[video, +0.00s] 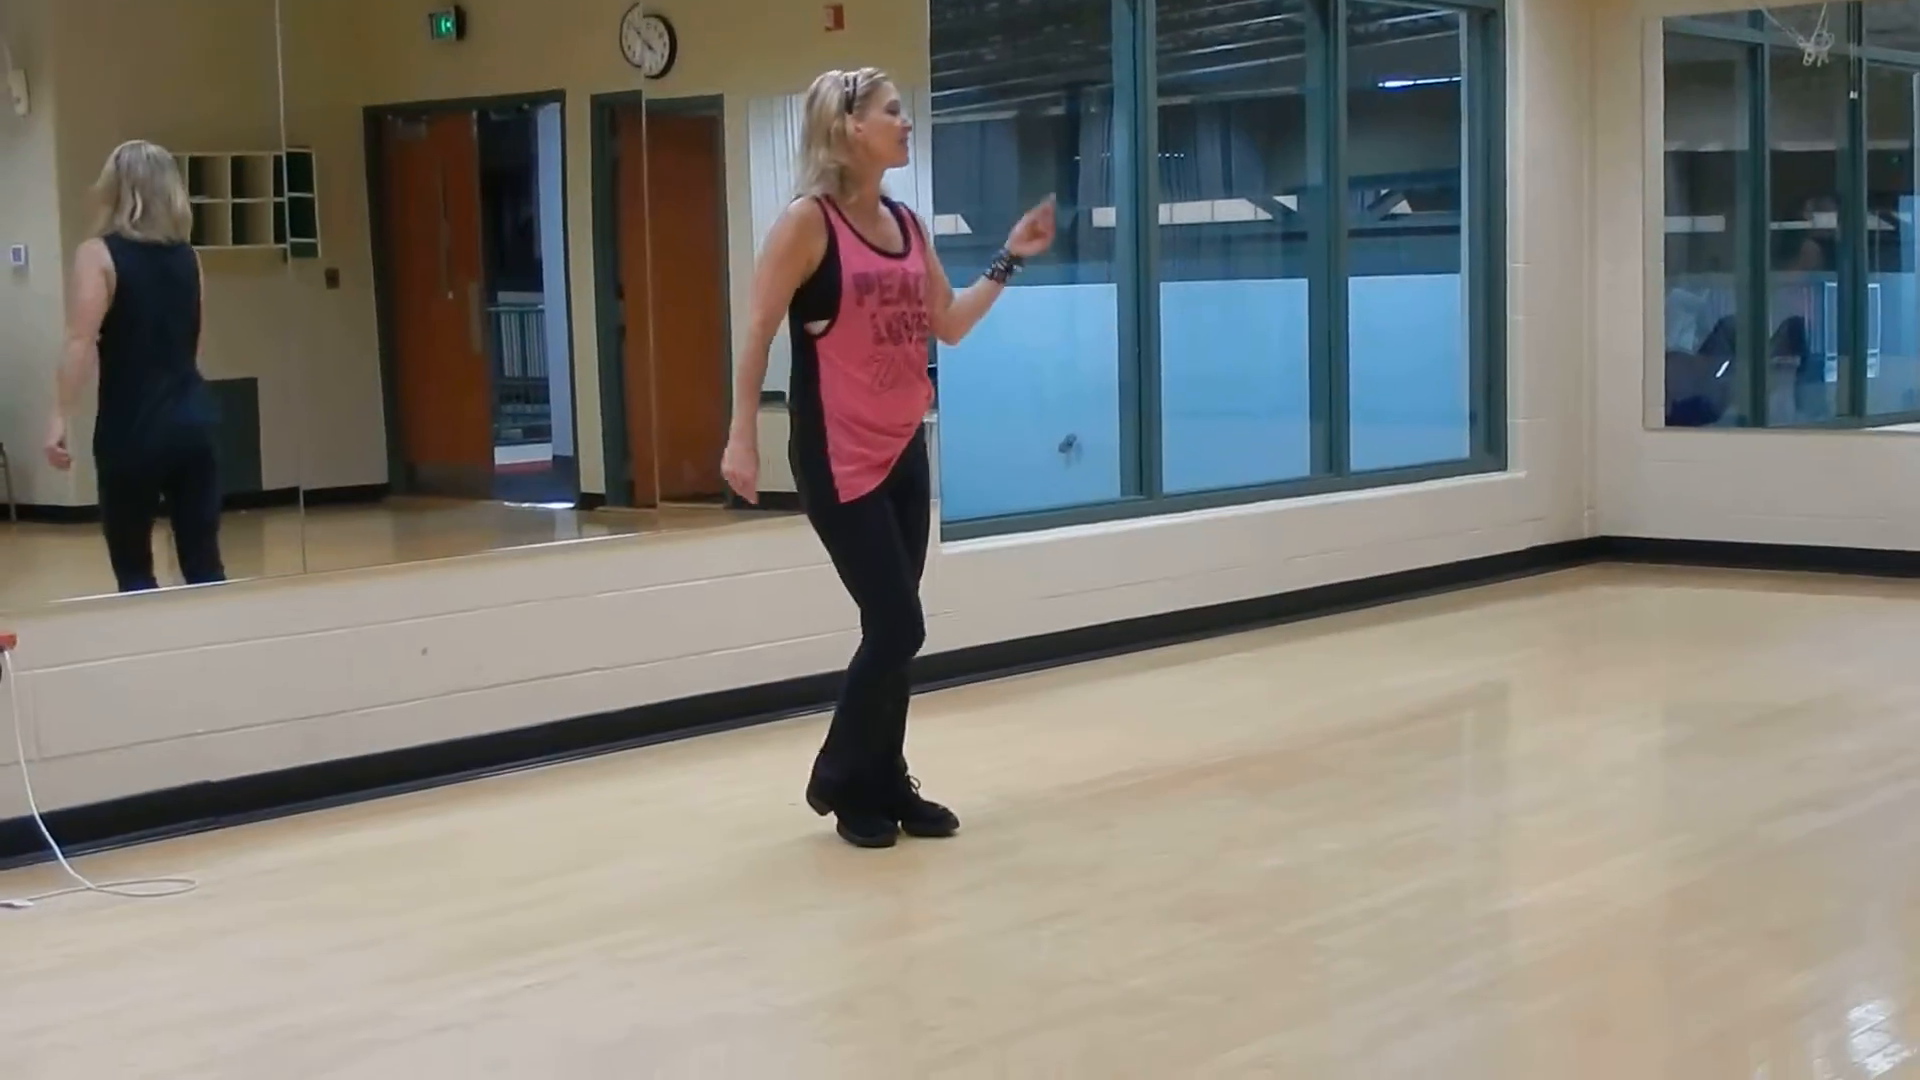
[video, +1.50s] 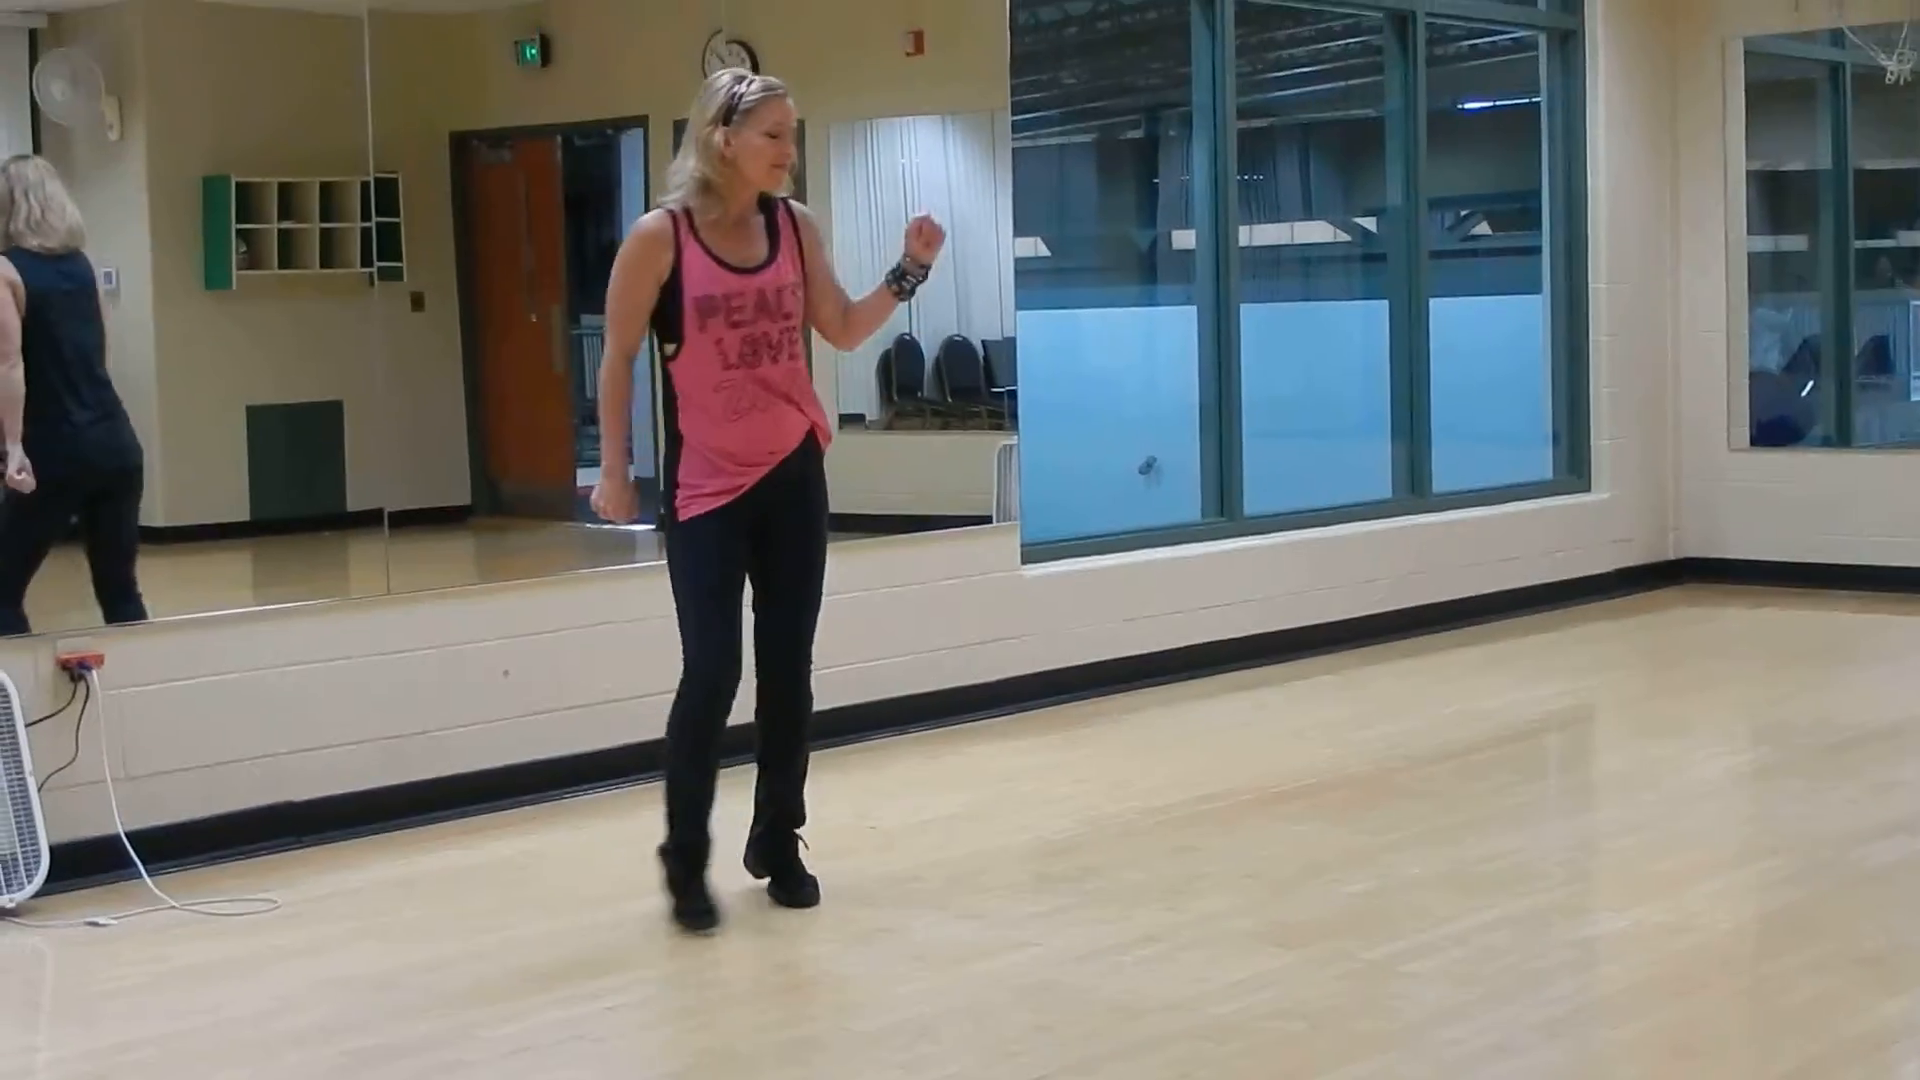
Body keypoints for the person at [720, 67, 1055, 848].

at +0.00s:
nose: (906, 121)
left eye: (901, 109)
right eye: (890, 111)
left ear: (874, 131)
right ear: (846, 129)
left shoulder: (906, 222)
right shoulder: (806, 223)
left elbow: (950, 324)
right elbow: (759, 332)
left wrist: (1008, 259)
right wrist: (742, 438)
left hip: (904, 445)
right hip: (835, 453)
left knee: (897, 622)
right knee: (896, 621)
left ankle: (885, 785)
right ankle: (842, 779)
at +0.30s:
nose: (928, 118)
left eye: (928, 107)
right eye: (912, 107)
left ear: (915, 123)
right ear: (863, 119)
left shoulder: (927, 209)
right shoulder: (814, 211)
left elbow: (971, 307)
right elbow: (769, 321)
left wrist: (1045, 270)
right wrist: (759, 428)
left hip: (902, 428)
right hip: (829, 437)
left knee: (927, 596)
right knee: (899, 597)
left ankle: (896, 767)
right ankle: (852, 754)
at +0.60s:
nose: (896, 117)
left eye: (900, 104)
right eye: (882, 103)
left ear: (901, 112)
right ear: (834, 107)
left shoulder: (910, 183)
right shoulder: (785, 199)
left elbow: (932, 288)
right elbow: (743, 305)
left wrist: (951, 389)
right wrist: (763, 316)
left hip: (898, 425)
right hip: (816, 434)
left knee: (899, 606)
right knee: (781, 607)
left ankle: (901, 765)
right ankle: (732, 788)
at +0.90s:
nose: (829, 113)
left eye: (834, 99)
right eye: (815, 98)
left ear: (832, 107)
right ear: (764, 100)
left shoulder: (835, 191)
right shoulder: (717, 183)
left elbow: (829, 297)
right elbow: (687, 277)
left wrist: (837, 378)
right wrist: (725, 303)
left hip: (808, 426)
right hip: (722, 436)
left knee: (878, 593)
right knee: (718, 625)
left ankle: (894, 737)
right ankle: (701, 811)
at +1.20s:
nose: (803, 123)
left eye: (807, 109)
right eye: (786, 110)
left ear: (807, 115)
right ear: (738, 116)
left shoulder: (808, 203)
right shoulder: (701, 210)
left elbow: (799, 316)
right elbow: (676, 328)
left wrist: (856, 342)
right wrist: (677, 438)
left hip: (785, 455)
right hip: (702, 462)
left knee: (813, 631)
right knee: (715, 646)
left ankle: (761, 785)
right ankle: (724, 818)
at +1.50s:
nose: (787, 151)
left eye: (792, 137)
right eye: (772, 137)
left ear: (786, 145)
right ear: (720, 140)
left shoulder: (795, 225)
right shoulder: (657, 239)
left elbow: (844, 330)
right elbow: (619, 357)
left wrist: (909, 271)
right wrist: (613, 470)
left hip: (793, 472)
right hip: (705, 484)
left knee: (787, 671)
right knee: (713, 674)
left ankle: (778, 842)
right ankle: (685, 857)